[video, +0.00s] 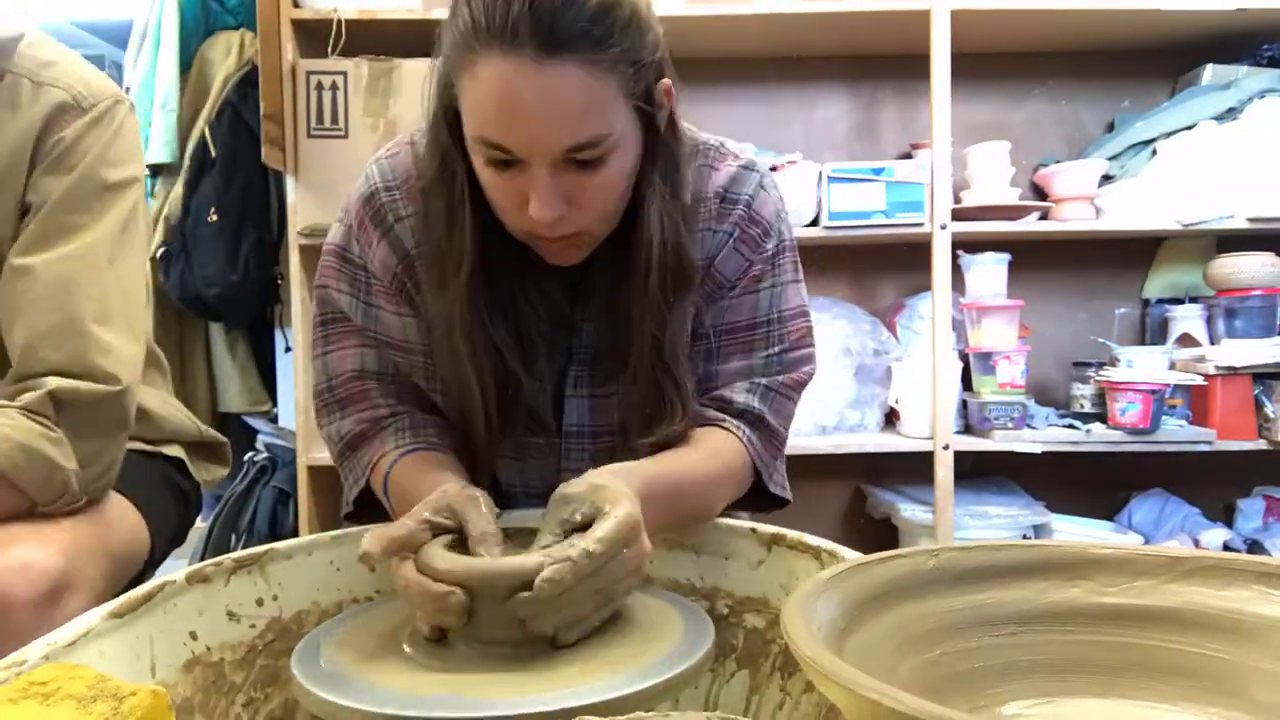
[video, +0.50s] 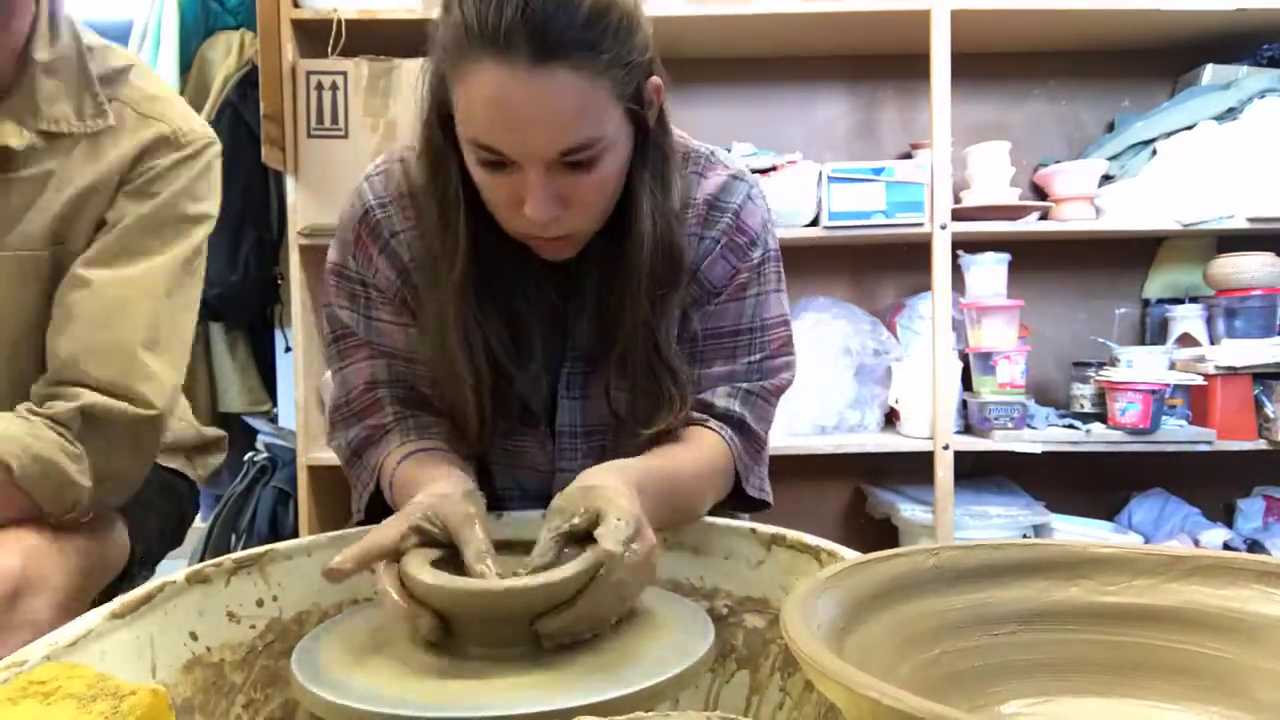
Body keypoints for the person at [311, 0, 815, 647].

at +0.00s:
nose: (544, 209)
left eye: (587, 162)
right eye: (501, 162)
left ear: (657, 112)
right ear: (457, 125)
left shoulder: (733, 203)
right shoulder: (394, 206)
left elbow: (745, 430)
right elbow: (371, 403)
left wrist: (637, 494)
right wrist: (440, 497)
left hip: (668, 572)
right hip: (466, 569)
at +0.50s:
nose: (539, 210)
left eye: (579, 163)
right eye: (495, 164)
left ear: (647, 109)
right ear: (451, 127)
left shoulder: (719, 211)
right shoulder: (390, 215)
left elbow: (731, 430)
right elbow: (383, 409)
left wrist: (635, 486)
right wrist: (438, 486)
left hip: (659, 568)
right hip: (464, 562)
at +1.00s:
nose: (604, 152)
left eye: (655, 122)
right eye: (577, 100)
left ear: (703, 121)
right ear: (528, 74)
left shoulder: (741, 224)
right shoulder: (416, 211)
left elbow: (765, 428)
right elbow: (398, 409)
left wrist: (675, 538)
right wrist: (403, 494)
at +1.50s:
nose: (538, 230)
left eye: (577, 184)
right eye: (492, 186)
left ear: (643, 124)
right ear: (448, 146)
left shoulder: (723, 229)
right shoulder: (384, 232)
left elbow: (761, 446)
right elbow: (392, 420)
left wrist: (676, 494)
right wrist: (393, 490)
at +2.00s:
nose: (518, 182)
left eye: (556, 133)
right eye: (474, 139)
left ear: (630, 89)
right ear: (435, 119)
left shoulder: (718, 221)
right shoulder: (378, 223)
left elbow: (759, 436)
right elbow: (350, 420)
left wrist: (679, 496)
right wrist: (363, 506)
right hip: (448, 611)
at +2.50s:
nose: (527, 215)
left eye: (571, 169)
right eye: (484, 170)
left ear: (642, 118)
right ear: (442, 132)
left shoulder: (722, 230)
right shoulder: (375, 234)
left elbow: (758, 450)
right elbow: (355, 422)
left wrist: (667, 476)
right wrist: (389, 477)